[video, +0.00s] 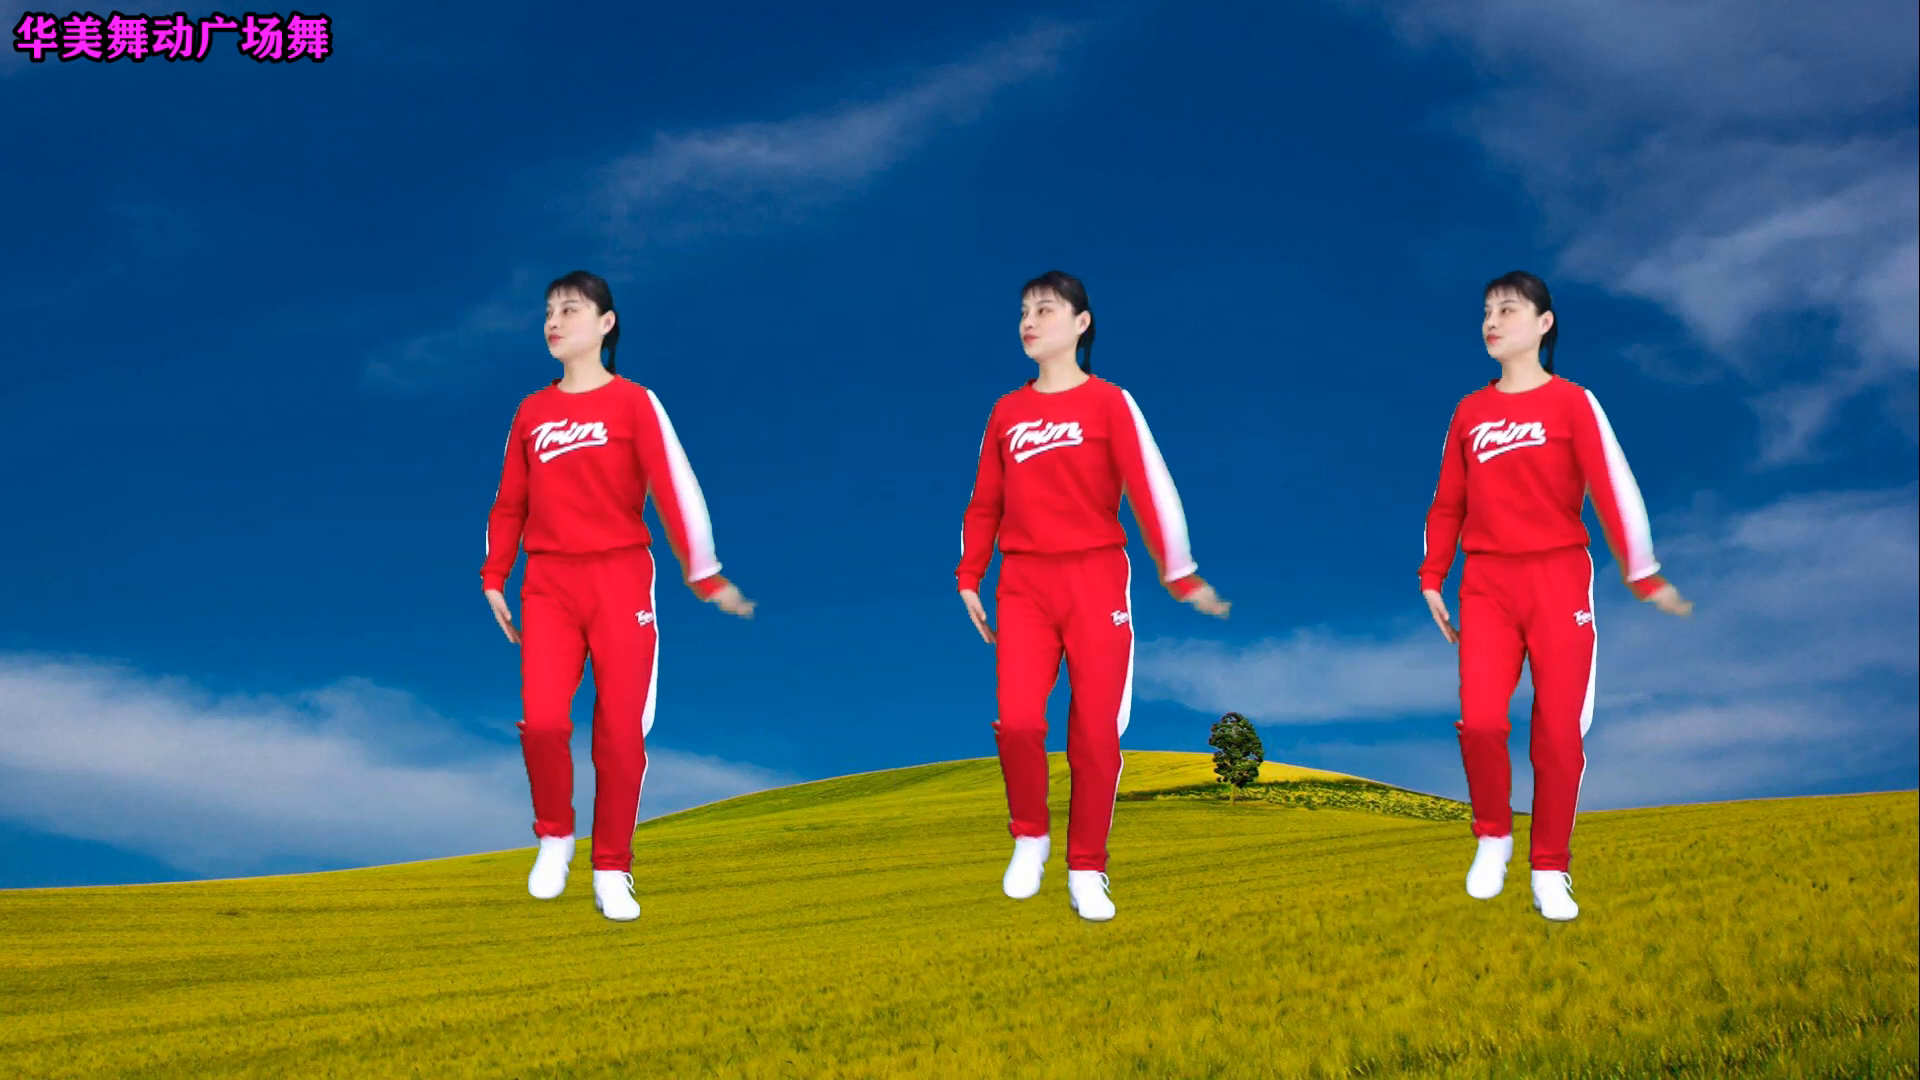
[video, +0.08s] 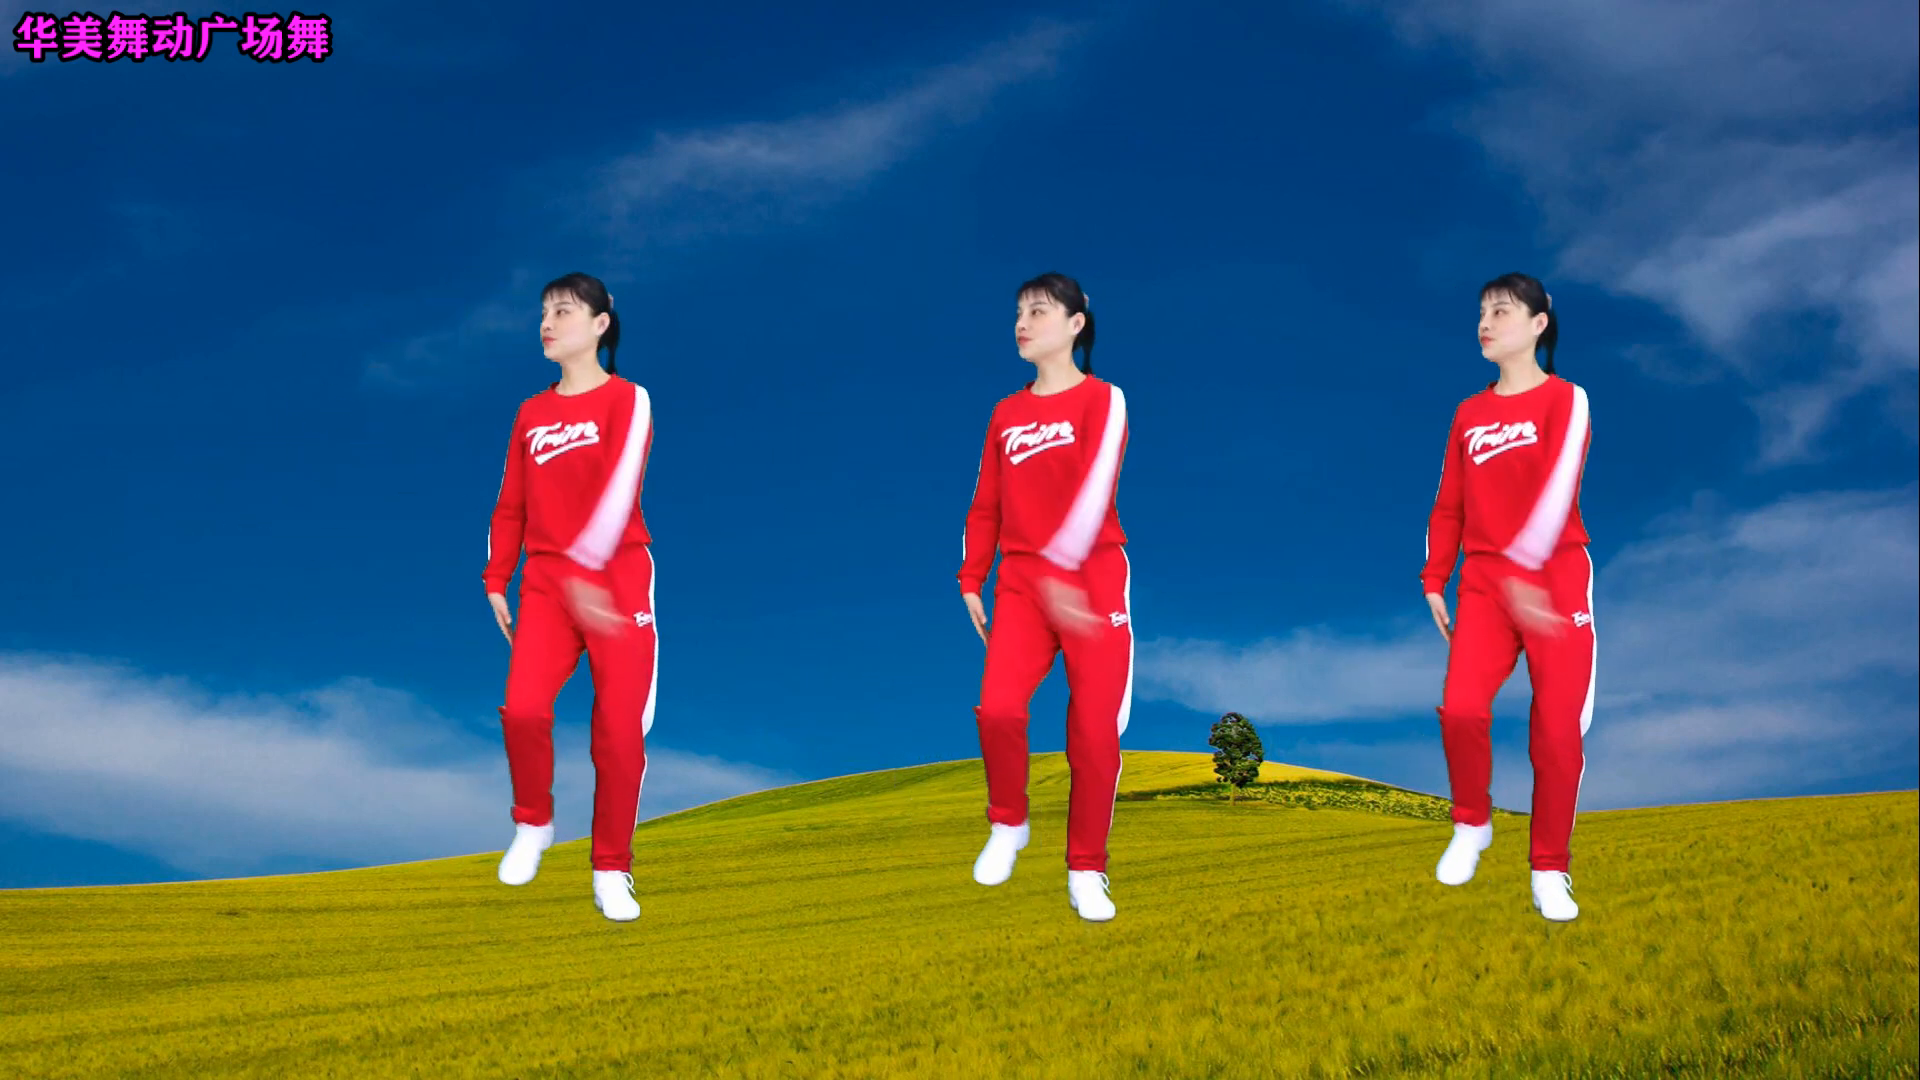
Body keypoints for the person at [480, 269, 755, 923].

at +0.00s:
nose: (554, 321)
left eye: (569, 310)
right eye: (550, 313)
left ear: (604, 324)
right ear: (547, 331)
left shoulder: (633, 401)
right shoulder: (531, 413)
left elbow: (674, 486)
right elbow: (509, 503)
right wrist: (493, 575)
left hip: (622, 578)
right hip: (548, 581)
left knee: (621, 729)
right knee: (541, 722)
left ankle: (612, 868)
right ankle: (555, 835)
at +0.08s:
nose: (548, 322)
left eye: (563, 312)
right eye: (545, 314)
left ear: (600, 324)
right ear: (544, 330)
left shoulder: (628, 398)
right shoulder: (532, 413)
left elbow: (622, 489)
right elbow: (511, 503)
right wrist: (496, 578)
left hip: (619, 577)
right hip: (549, 579)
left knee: (619, 730)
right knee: (521, 711)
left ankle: (612, 867)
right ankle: (532, 821)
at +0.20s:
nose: (537, 305)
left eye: (552, 293)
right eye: (534, 297)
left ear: (591, 304)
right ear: (533, 314)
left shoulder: (619, 370)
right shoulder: (518, 393)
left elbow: (556, 387)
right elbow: (504, 484)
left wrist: (468, 408)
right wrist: (492, 561)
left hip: (604, 558)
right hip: (531, 561)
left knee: (609, 717)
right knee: (492, 698)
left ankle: (614, 863)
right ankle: (484, 828)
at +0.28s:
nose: (530, 294)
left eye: (544, 282)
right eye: (525, 287)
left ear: (582, 294)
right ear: (523, 299)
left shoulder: (609, 359)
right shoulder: (511, 386)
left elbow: (550, 331)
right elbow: (492, 477)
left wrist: (468, 316)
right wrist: (480, 555)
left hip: (591, 550)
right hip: (518, 554)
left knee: (603, 716)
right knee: (476, 705)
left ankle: (615, 862)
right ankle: (448, 846)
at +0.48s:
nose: (494, 312)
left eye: (509, 302)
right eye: (491, 305)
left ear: (545, 315)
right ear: (488, 323)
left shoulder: (564, 386)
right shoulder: (466, 400)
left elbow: (568, 306)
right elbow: (441, 492)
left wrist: (532, 229)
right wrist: (432, 574)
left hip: (539, 568)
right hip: (465, 573)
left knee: (574, 725)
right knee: (442, 738)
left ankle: (611, 862)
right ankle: (424, 865)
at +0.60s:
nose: (475, 313)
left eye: (490, 304)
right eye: (469, 305)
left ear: (524, 317)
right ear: (461, 320)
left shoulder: (537, 388)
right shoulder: (437, 393)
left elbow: (579, 341)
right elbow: (406, 481)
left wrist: (584, 253)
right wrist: (396, 559)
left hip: (500, 564)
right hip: (430, 568)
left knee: (528, 722)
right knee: (421, 735)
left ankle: (585, 850)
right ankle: (423, 865)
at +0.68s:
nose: (470, 318)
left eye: (484, 308)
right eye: (461, 309)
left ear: (509, 323)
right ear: (450, 323)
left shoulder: (526, 395)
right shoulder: (422, 398)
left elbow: (583, 380)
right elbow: (389, 482)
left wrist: (614, 312)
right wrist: (371, 559)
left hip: (487, 570)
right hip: (416, 569)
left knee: (480, 720)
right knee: (412, 731)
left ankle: (542, 824)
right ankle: (422, 864)